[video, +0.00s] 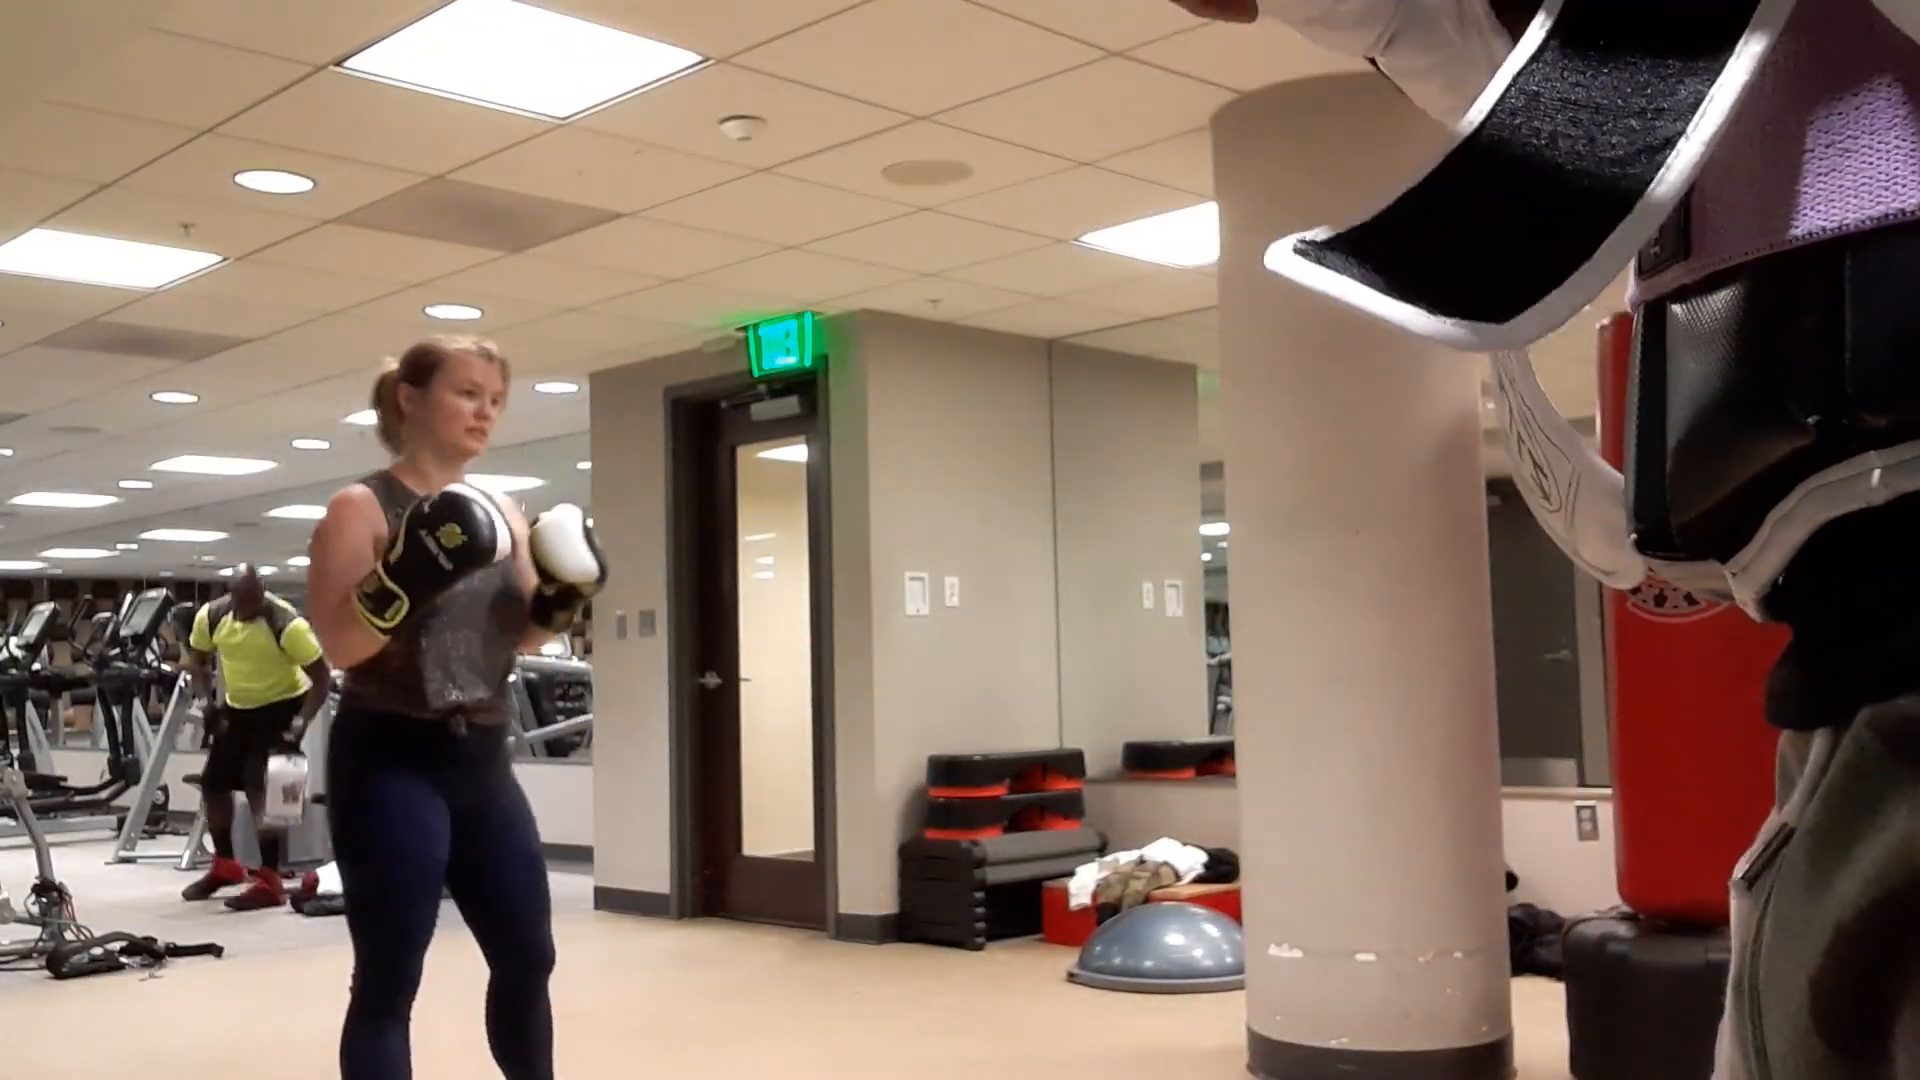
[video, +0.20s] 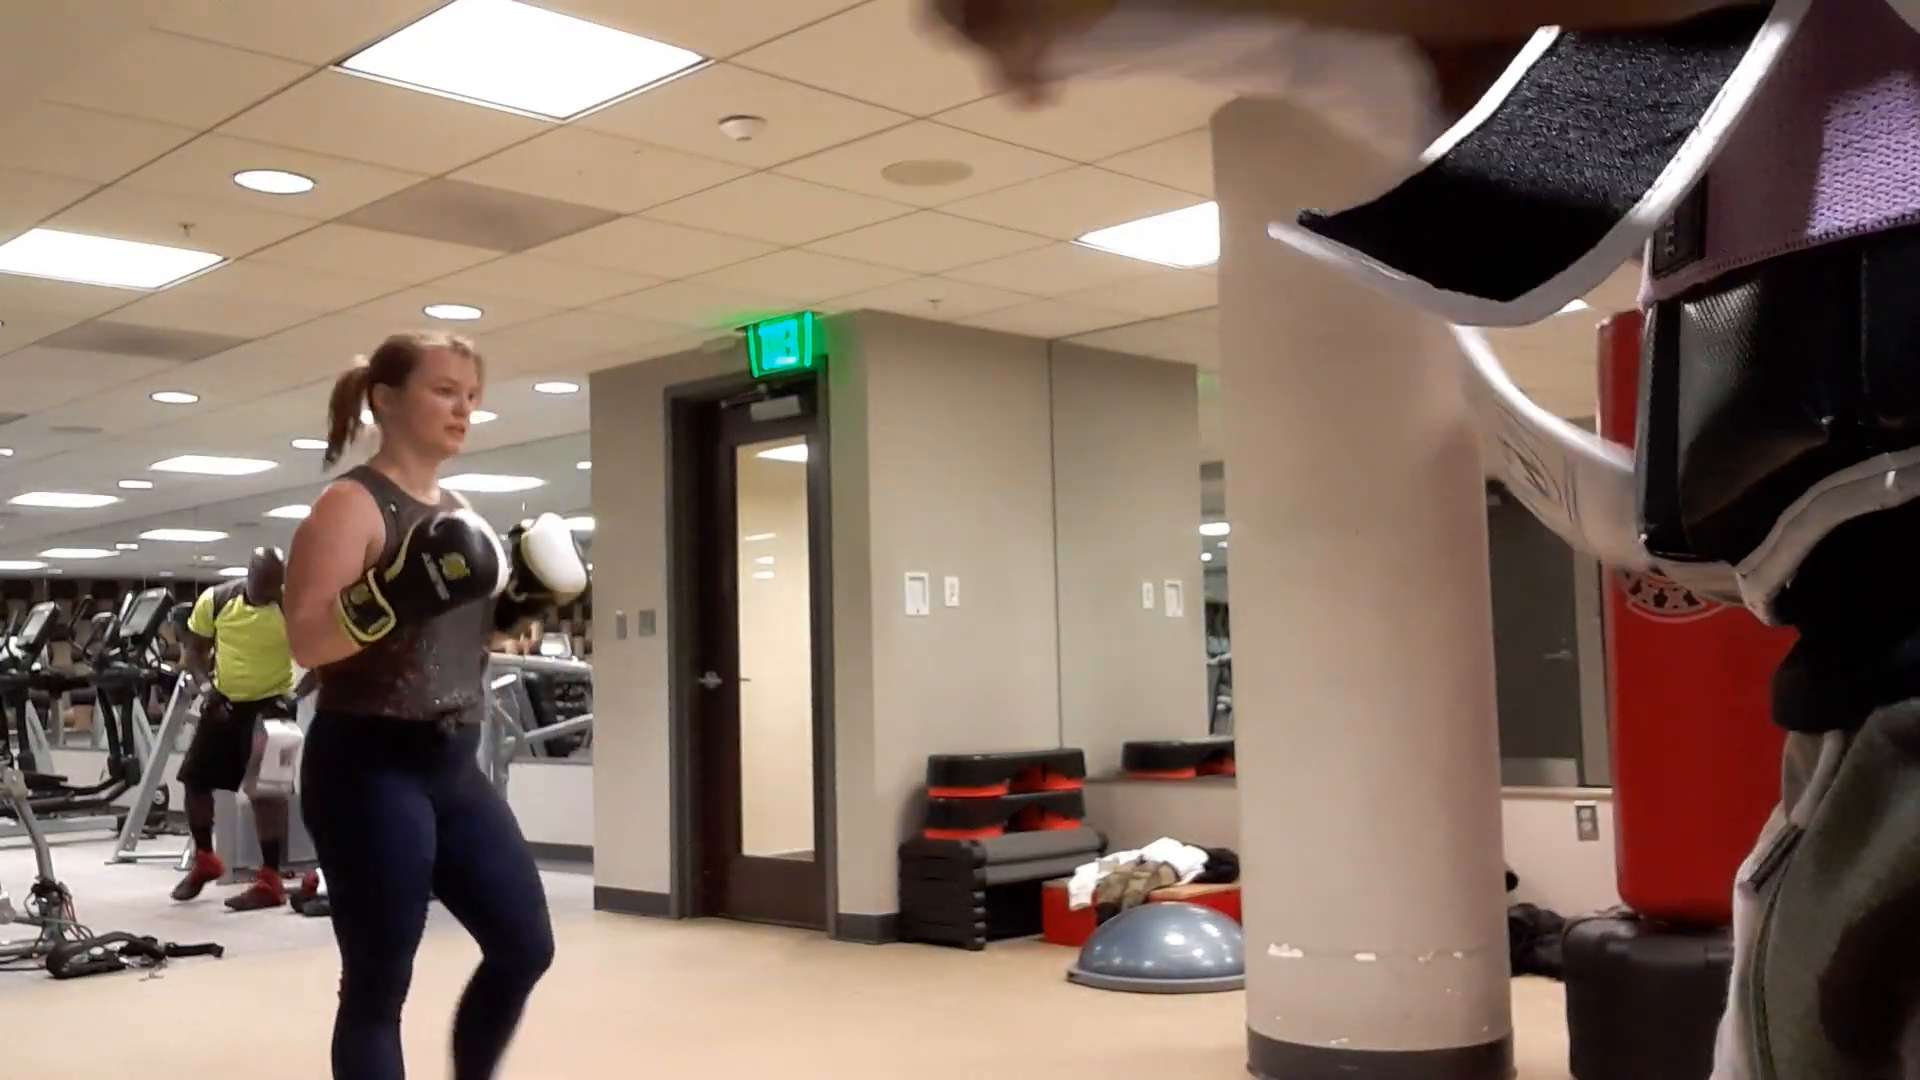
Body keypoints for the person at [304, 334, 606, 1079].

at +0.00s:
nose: (484, 413)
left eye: (493, 403)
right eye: (466, 395)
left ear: (499, 415)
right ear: (410, 399)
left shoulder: (499, 513)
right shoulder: (359, 509)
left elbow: (520, 635)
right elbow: (338, 647)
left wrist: (560, 598)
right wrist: (405, 579)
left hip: (479, 761)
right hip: (386, 760)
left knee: (526, 959)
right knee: (387, 981)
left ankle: (532, 1078)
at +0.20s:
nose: (462, 411)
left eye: (470, 399)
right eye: (444, 393)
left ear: (475, 410)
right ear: (386, 400)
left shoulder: (450, 509)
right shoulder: (347, 505)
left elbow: (456, 643)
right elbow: (306, 643)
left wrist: (523, 602)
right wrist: (396, 595)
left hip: (448, 765)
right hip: (365, 769)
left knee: (523, 948)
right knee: (375, 991)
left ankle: (470, 1072)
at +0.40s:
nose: (436, 411)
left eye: (443, 398)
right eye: (418, 393)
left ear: (445, 408)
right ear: (356, 399)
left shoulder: (421, 505)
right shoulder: (327, 506)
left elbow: (428, 629)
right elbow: (293, 648)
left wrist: (501, 596)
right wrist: (394, 596)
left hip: (429, 761)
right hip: (354, 766)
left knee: (477, 960)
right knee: (371, 997)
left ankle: (361, 1053)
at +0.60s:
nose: (402, 414)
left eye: (410, 401)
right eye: (383, 396)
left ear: (413, 410)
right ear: (325, 404)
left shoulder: (392, 513)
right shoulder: (302, 507)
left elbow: (410, 641)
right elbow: (273, 645)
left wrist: (477, 596)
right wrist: (376, 591)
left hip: (413, 759)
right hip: (342, 761)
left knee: (385, 982)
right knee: (365, 986)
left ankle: (292, 1069)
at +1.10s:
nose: (329, 424)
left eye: (338, 413)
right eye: (311, 405)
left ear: (345, 423)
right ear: (252, 409)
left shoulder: (313, 523)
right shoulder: (209, 509)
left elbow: (306, 645)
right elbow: (156, 639)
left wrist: (374, 619)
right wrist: (258, 613)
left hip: (312, 765)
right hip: (229, 769)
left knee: (275, 987)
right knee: (323, 971)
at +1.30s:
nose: (296, 423)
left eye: (305, 411)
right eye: (278, 403)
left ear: (312, 420)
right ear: (219, 405)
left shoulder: (281, 518)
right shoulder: (172, 508)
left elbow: (282, 645)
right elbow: (118, 637)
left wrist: (344, 613)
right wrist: (209, 602)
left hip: (281, 755)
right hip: (197, 758)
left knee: (270, 972)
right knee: (272, 973)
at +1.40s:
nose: (276, 422)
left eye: (287, 409)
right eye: (258, 403)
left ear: (295, 419)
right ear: (201, 404)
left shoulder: (266, 518)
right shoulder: (157, 507)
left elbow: (272, 647)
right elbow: (106, 640)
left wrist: (332, 615)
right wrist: (198, 603)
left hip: (273, 756)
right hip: (188, 758)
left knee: (251, 983)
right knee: (232, 984)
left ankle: (154, 1066)